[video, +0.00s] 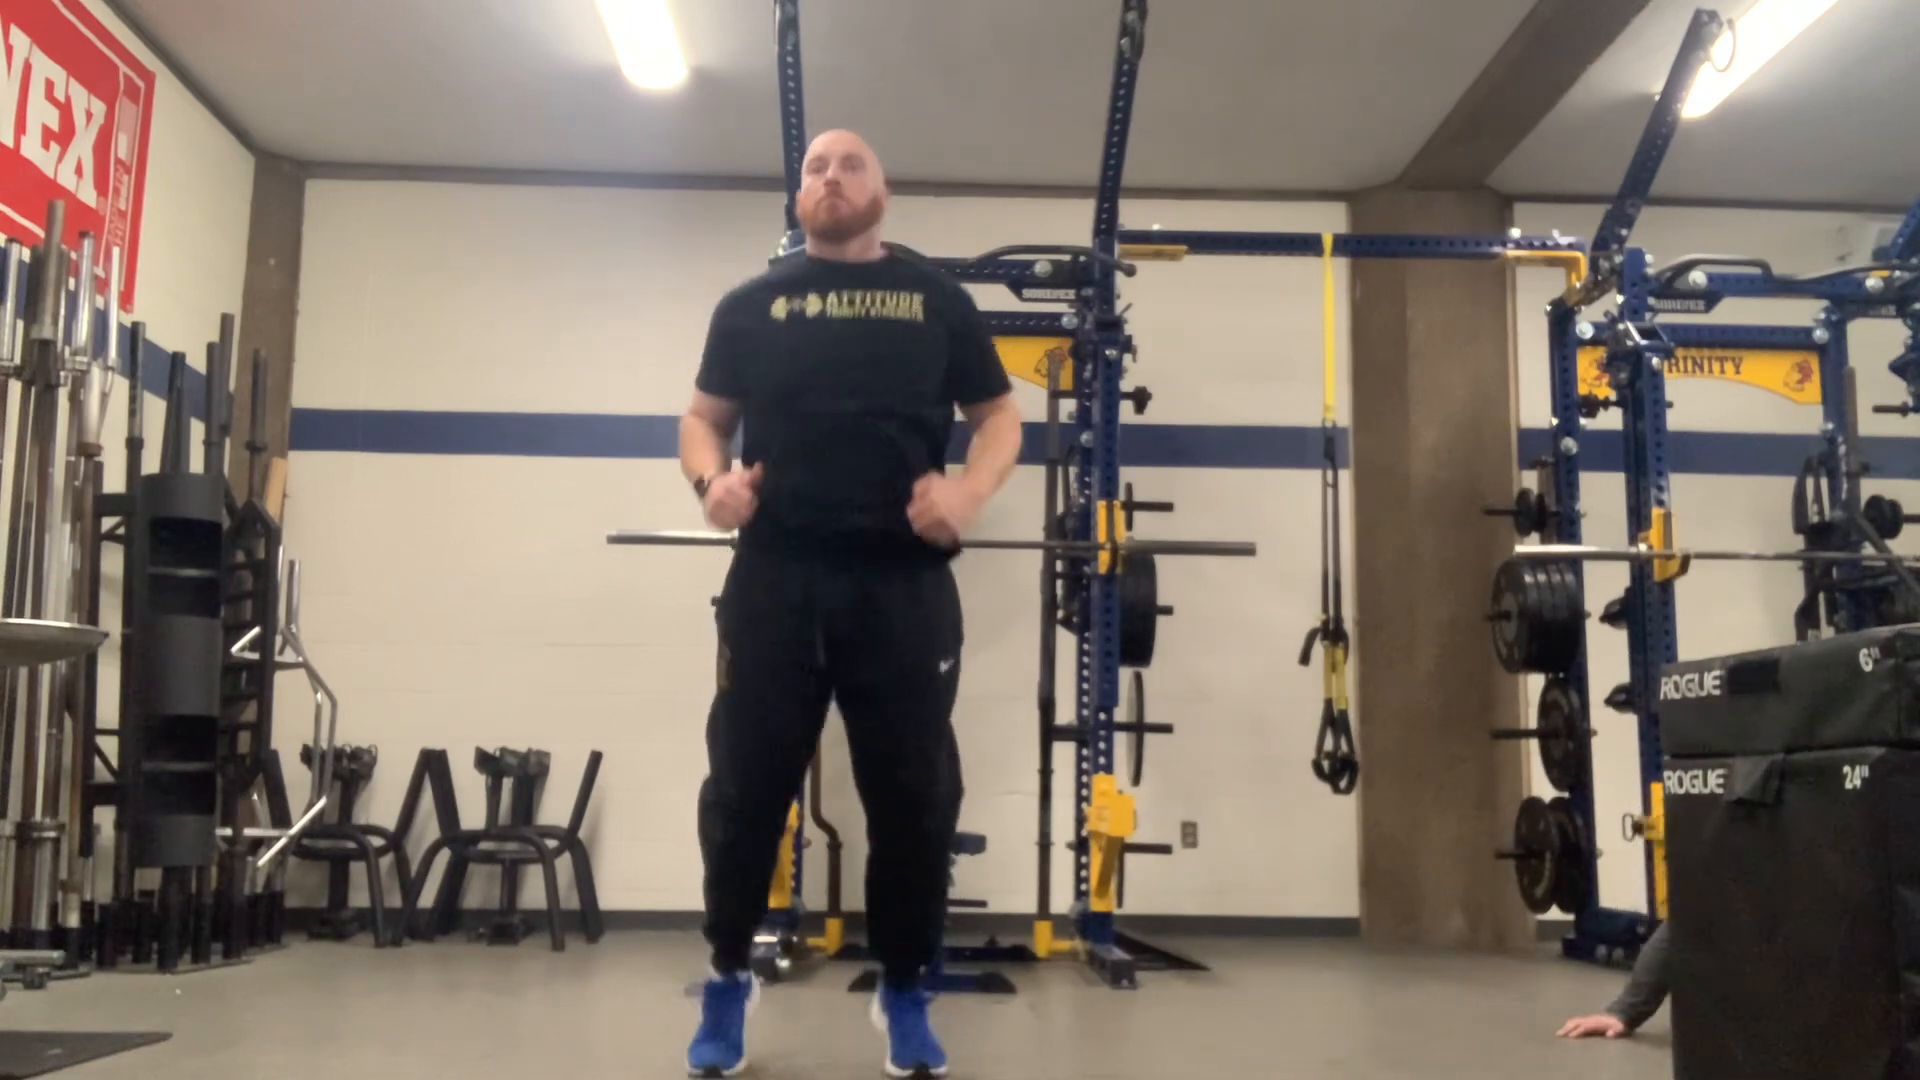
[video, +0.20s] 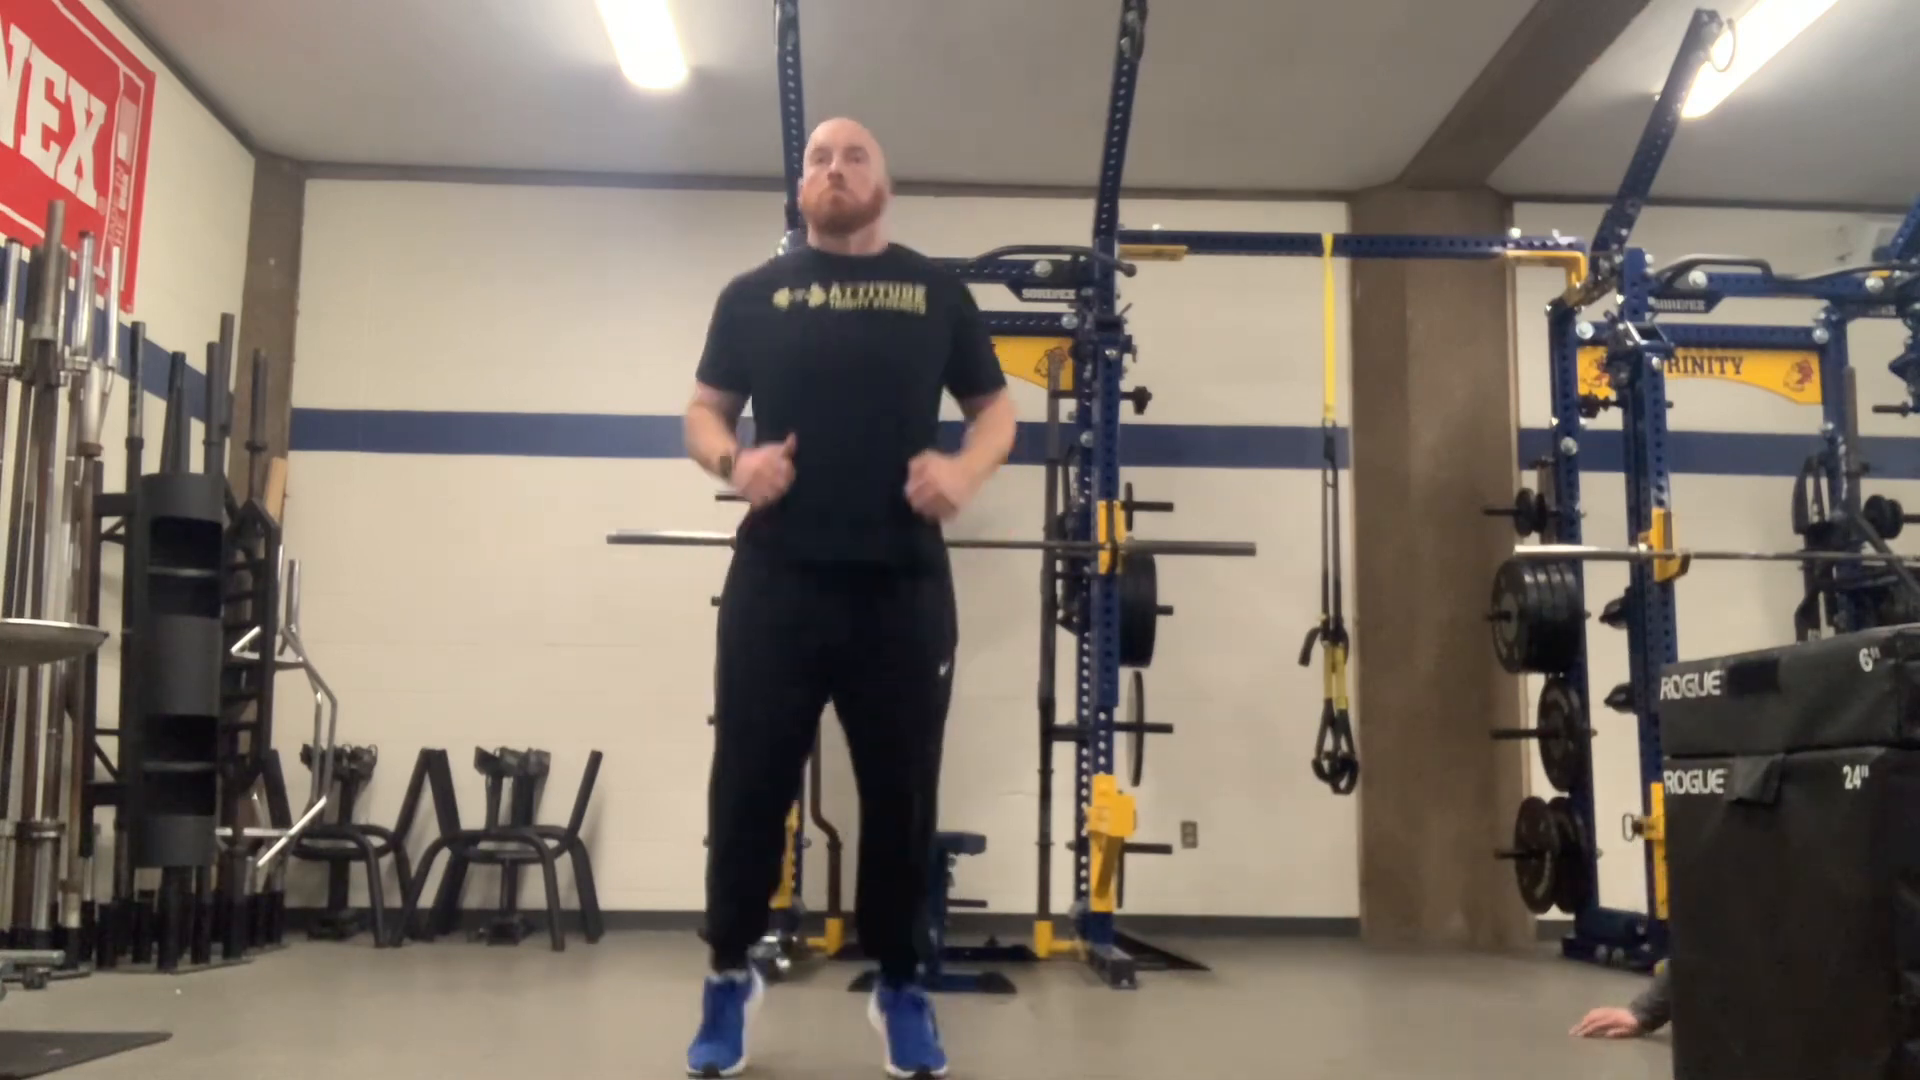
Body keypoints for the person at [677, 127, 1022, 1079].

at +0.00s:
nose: (832, 176)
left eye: (850, 164)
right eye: (816, 168)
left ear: (885, 194)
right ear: (796, 201)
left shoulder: (938, 297)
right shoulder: (749, 306)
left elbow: (1000, 420)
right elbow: (703, 424)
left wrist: (970, 488)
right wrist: (713, 479)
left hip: (902, 580)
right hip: (777, 577)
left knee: (916, 797)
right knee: (744, 786)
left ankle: (906, 995)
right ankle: (725, 980)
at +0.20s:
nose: (837, 169)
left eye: (855, 156)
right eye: (821, 159)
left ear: (888, 185)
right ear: (797, 191)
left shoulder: (938, 292)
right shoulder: (752, 296)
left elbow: (998, 413)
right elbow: (705, 418)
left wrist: (964, 469)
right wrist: (733, 461)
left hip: (901, 579)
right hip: (777, 576)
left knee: (902, 794)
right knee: (749, 783)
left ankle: (901, 990)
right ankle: (728, 983)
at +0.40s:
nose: (831, 138)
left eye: (850, 131)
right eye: (815, 133)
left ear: (884, 166)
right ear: (794, 169)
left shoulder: (937, 268)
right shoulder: (745, 270)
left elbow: (1000, 387)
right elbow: (683, 390)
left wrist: (966, 415)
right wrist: (723, 417)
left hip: (903, 556)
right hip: (774, 553)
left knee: (921, 771)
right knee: (731, 761)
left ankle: (925, 998)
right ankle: (701, 984)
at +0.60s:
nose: (831, 187)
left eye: (850, 175)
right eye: (815, 177)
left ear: (883, 207)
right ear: (792, 211)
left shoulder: (937, 318)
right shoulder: (746, 317)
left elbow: (1000, 442)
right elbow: (683, 442)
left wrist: (960, 466)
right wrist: (722, 474)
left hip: (900, 610)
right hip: (768, 604)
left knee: (911, 824)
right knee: (737, 815)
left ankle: (914, 1030)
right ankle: (706, 1026)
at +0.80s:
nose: (834, 137)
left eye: (853, 128)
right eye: (818, 130)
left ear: (886, 161)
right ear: (796, 163)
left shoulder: (937, 263)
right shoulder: (746, 267)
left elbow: (1000, 384)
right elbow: (690, 382)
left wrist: (954, 416)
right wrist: (727, 416)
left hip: (900, 547)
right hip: (771, 544)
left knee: (913, 768)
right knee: (737, 758)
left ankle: (915, 973)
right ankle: (700, 969)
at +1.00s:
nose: (836, 211)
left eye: (855, 202)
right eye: (819, 204)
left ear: (886, 237)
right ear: (796, 239)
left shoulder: (933, 346)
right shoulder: (748, 347)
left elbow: (984, 469)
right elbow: (697, 472)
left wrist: (964, 508)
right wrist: (728, 511)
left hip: (897, 632)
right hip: (774, 629)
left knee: (893, 837)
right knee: (749, 830)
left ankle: (894, 1016)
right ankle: (719, 1010)